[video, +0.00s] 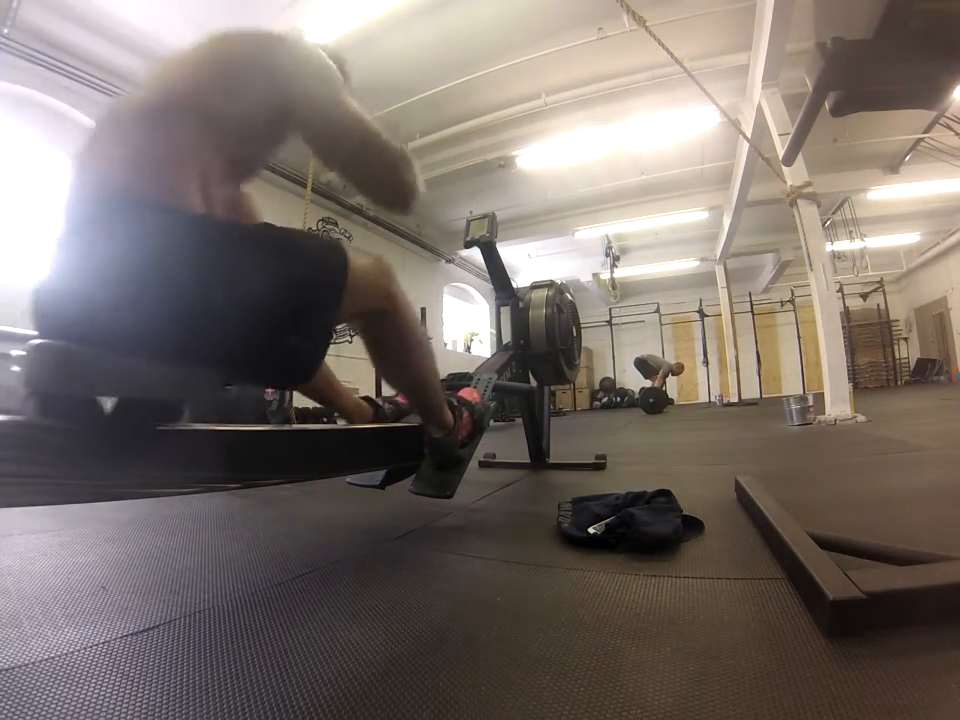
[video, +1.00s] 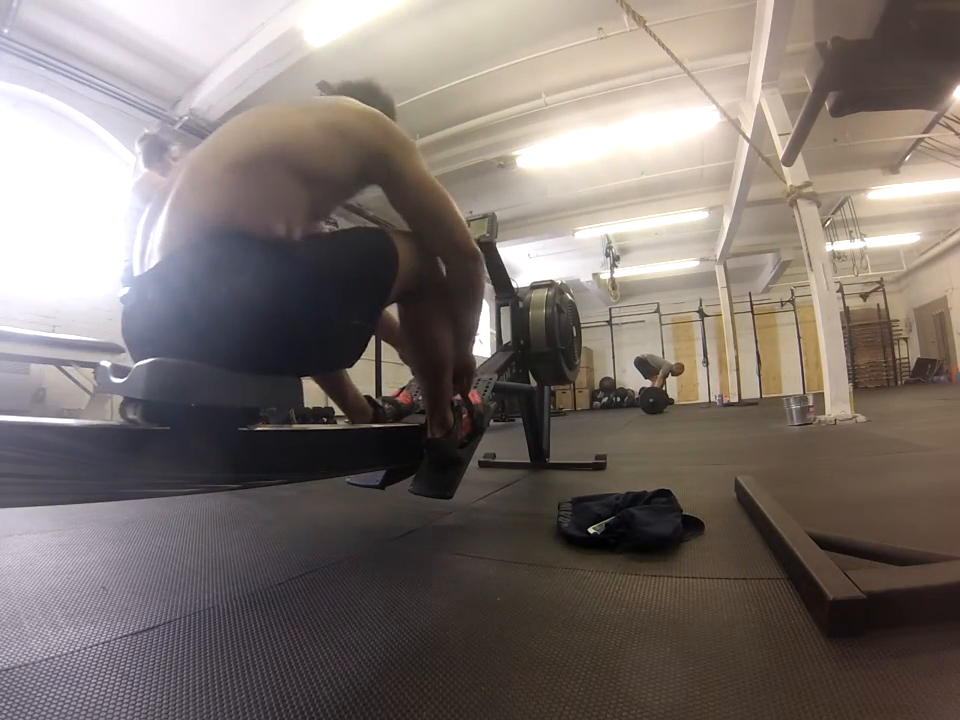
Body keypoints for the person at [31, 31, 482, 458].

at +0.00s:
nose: (330, 112)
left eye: (334, 101)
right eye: (334, 96)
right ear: (323, 65)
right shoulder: (289, 56)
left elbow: (252, 246)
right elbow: (400, 190)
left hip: (73, 292)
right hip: (167, 279)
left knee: (267, 307)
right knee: (378, 285)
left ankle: (358, 411)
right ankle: (447, 427)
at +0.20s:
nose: (382, 160)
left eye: (385, 152)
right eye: (384, 146)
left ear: (341, 95)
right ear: (370, 117)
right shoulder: (357, 118)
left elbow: (315, 271)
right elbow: (449, 258)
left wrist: (402, 340)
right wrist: (449, 318)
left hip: (117, 301)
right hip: (197, 290)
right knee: (399, 269)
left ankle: (361, 414)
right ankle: (446, 425)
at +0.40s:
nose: (406, 179)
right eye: (410, 164)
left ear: (356, 117)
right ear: (400, 141)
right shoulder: (396, 149)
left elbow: (339, 290)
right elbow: (478, 276)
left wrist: (419, 352)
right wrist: (469, 351)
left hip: (144, 307)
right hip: (237, 301)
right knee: (415, 265)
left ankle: (365, 417)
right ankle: (443, 427)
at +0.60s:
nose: (406, 175)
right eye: (407, 161)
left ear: (352, 117)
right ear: (400, 140)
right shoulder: (395, 149)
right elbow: (486, 272)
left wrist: (419, 339)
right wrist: (474, 350)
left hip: (155, 323)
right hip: (243, 304)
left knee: (309, 281)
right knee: (423, 264)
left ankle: (362, 412)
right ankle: (442, 423)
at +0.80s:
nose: (397, 144)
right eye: (394, 134)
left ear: (331, 98)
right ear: (381, 119)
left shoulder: (266, 127)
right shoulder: (375, 130)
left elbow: (319, 261)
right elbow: (466, 254)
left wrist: (409, 342)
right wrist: (469, 350)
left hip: (150, 324)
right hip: (239, 304)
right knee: (428, 264)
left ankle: (364, 418)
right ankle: (443, 426)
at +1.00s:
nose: (398, 143)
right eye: (394, 133)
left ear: (330, 99)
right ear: (381, 118)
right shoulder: (374, 128)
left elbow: (319, 262)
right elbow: (465, 255)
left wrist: (405, 343)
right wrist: (464, 351)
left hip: (147, 323)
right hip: (238, 303)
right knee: (423, 263)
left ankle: (363, 418)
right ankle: (443, 426)